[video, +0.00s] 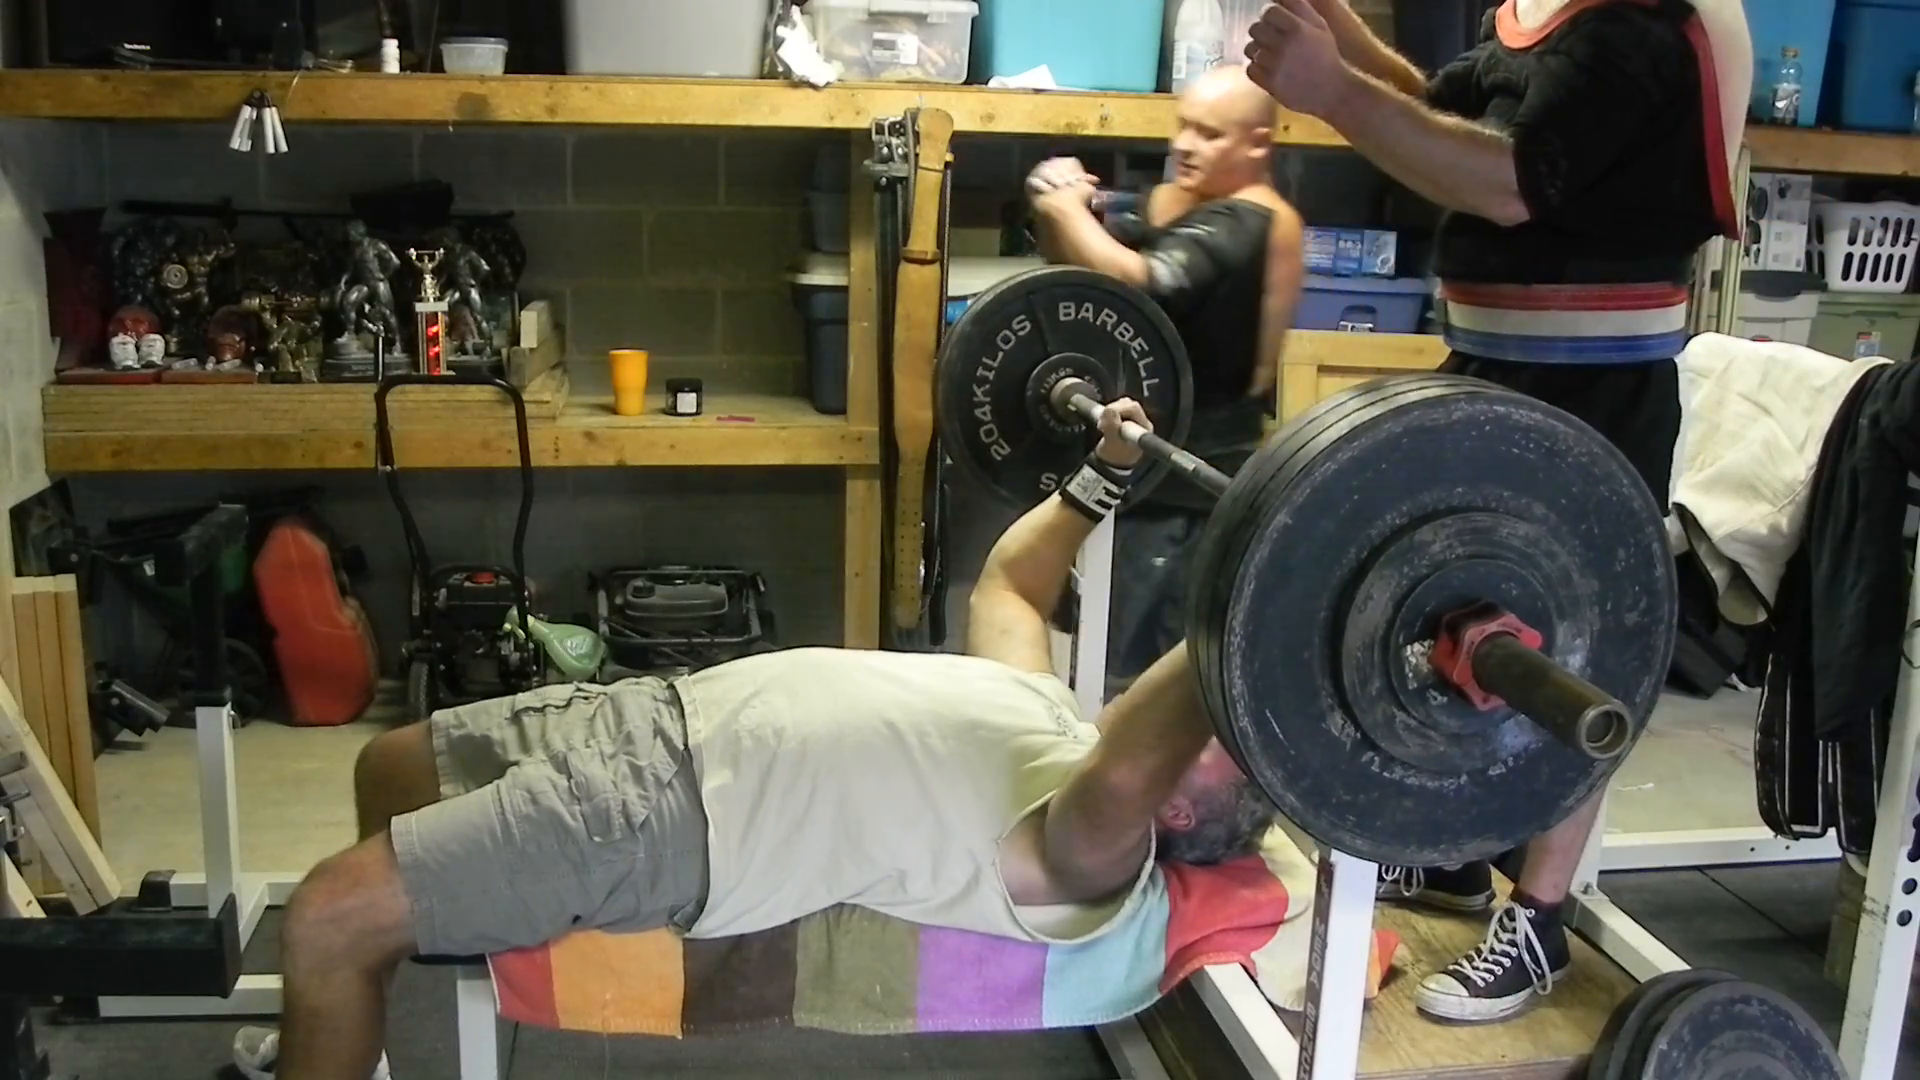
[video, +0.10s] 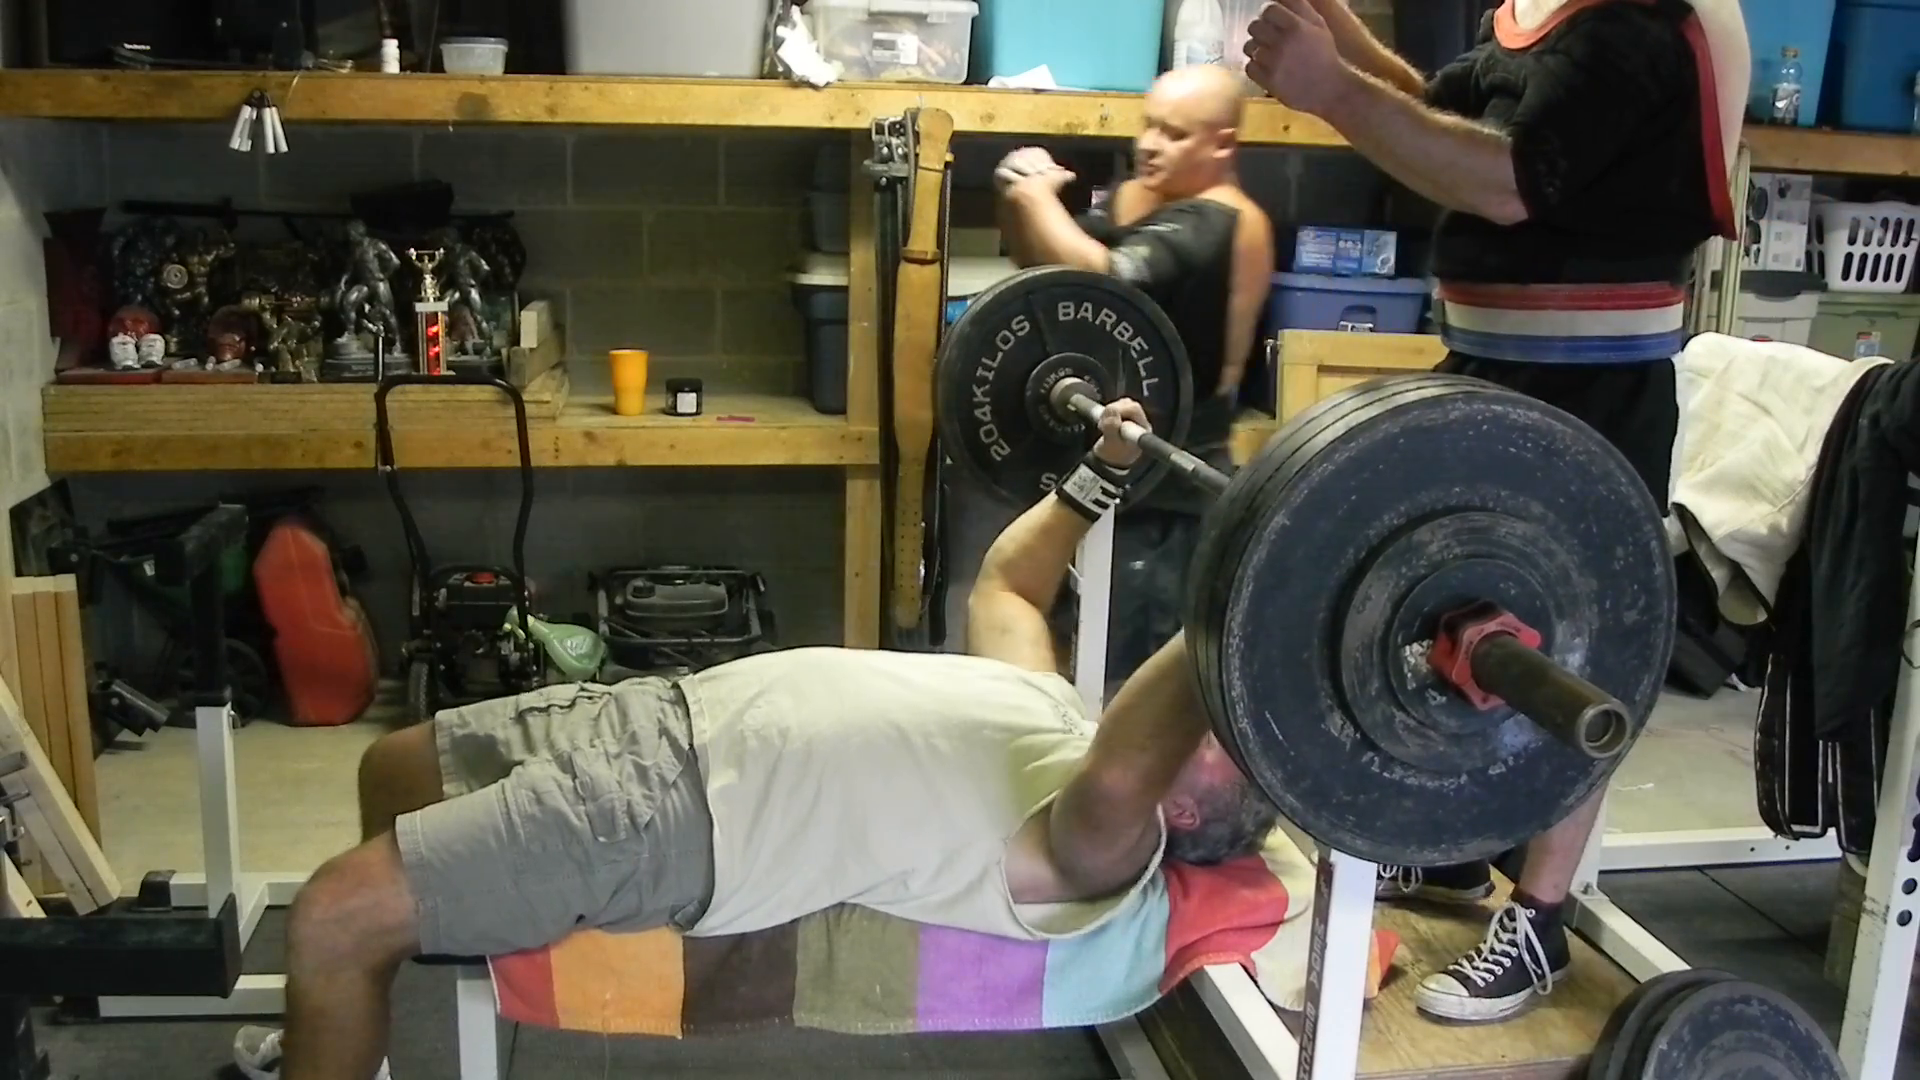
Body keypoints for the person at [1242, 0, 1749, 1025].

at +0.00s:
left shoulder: (1637, 28)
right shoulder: (1528, 15)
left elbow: (1510, 181)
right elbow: (1461, 119)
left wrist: (1337, 94)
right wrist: (1349, 47)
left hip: (1598, 381)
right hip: (1493, 365)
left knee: (1579, 650)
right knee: (1464, 617)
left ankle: (1538, 915)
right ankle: (1455, 850)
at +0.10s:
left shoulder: (1637, 25)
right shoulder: (1528, 14)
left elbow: (1506, 180)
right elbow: (1463, 121)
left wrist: (1333, 91)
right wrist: (1350, 49)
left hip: (1597, 381)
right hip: (1493, 365)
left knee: (1582, 648)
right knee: (1467, 615)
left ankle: (1538, 914)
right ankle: (1455, 845)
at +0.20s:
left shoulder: (1634, 25)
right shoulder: (1527, 16)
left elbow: (1503, 180)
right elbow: (1454, 117)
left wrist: (1331, 93)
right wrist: (1344, 50)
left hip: (1593, 380)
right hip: (1487, 365)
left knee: (1580, 647)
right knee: (1460, 612)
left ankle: (1538, 914)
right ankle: (1449, 836)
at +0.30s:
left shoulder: (1626, 23)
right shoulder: (1511, 15)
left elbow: (1501, 180)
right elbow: (1447, 117)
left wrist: (1322, 106)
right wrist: (1328, 50)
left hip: (1588, 373)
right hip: (1473, 358)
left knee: (1574, 643)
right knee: (1422, 607)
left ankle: (1537, 916)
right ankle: (1400, 843)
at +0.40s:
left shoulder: (1610, 27)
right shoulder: (1487, 14)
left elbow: (1500, 184)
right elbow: (1400, 120)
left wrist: (1309, 162)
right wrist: (1260, 39)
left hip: (1577, 382)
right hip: (1458, 365)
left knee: (1566, 646)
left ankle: (1536, 918)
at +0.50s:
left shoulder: (1584, 32)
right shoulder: (1469, 34)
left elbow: (1491, 193)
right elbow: (1373, 129)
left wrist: (1305, 228)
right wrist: (1225, 98)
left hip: (1553, 385)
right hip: (1436, 370)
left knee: (1554, 650)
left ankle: (1535, 918)